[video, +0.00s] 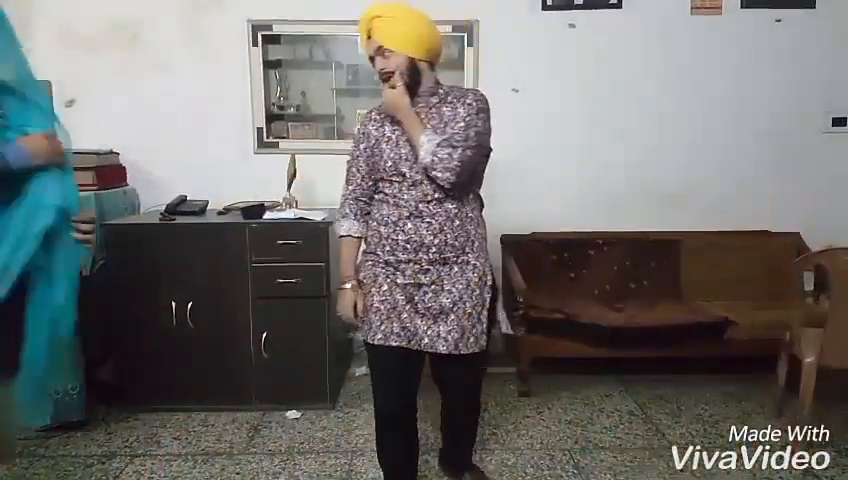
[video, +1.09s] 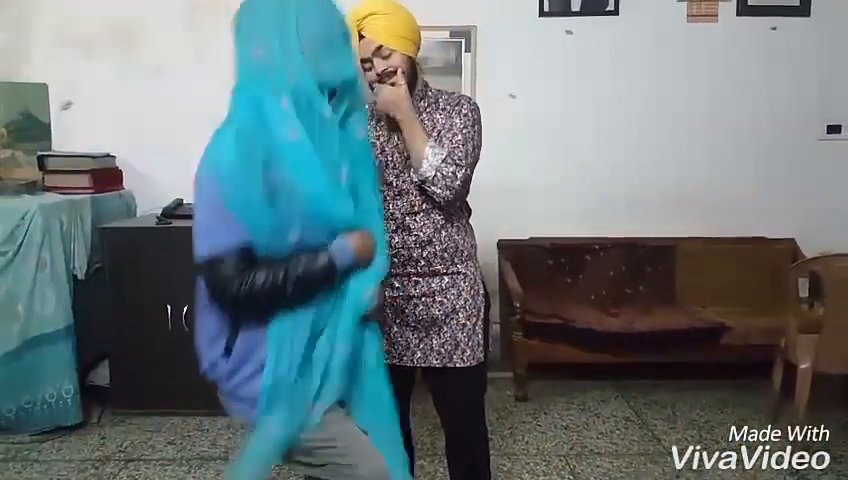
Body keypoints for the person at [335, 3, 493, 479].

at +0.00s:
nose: (378, 66)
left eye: (385, 53)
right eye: (373, 58)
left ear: (418, 50)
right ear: (373, 60)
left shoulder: (468, 106)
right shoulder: (375, 121)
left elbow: (453, 174)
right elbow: (355, 203)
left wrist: (406, 115)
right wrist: (347, 279)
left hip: (457, 277)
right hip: (387, 278)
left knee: (462, 393)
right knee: (392, 402)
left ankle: (457, 464)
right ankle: (397, 473)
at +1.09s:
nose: (375, 69)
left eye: (385, 56)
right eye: (365, 61)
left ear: (411, 54)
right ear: (355, 64)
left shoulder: (456, 110)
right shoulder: (350, 119)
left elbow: (449, 189)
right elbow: (338, 199)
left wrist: (405, 117)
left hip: (446, 295)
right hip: (376, 296)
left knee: (464, 429)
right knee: (384, 429)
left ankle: (471, 473)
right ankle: (395, 475)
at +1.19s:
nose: (382, 71)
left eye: (391, 61)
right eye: (373, 60)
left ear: (409, 62)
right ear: (359, 61)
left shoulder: (455, 111)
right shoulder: (347, 115)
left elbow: (447, 184)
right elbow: (334, 189)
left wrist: (402, 103)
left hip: (444, 287)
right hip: (373, 289)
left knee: (464, 425)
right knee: (382, 426)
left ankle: (470, 475)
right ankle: (395, 474)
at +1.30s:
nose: (388, 59)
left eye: (398, 47)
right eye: (383, 47)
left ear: (415, 52)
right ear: (374, 49)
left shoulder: (457, 111)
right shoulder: (359, 112)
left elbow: (449, 185)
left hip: (449, 284)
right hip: (378, 284)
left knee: (463, 428)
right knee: (388, 432)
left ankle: (470, 473)